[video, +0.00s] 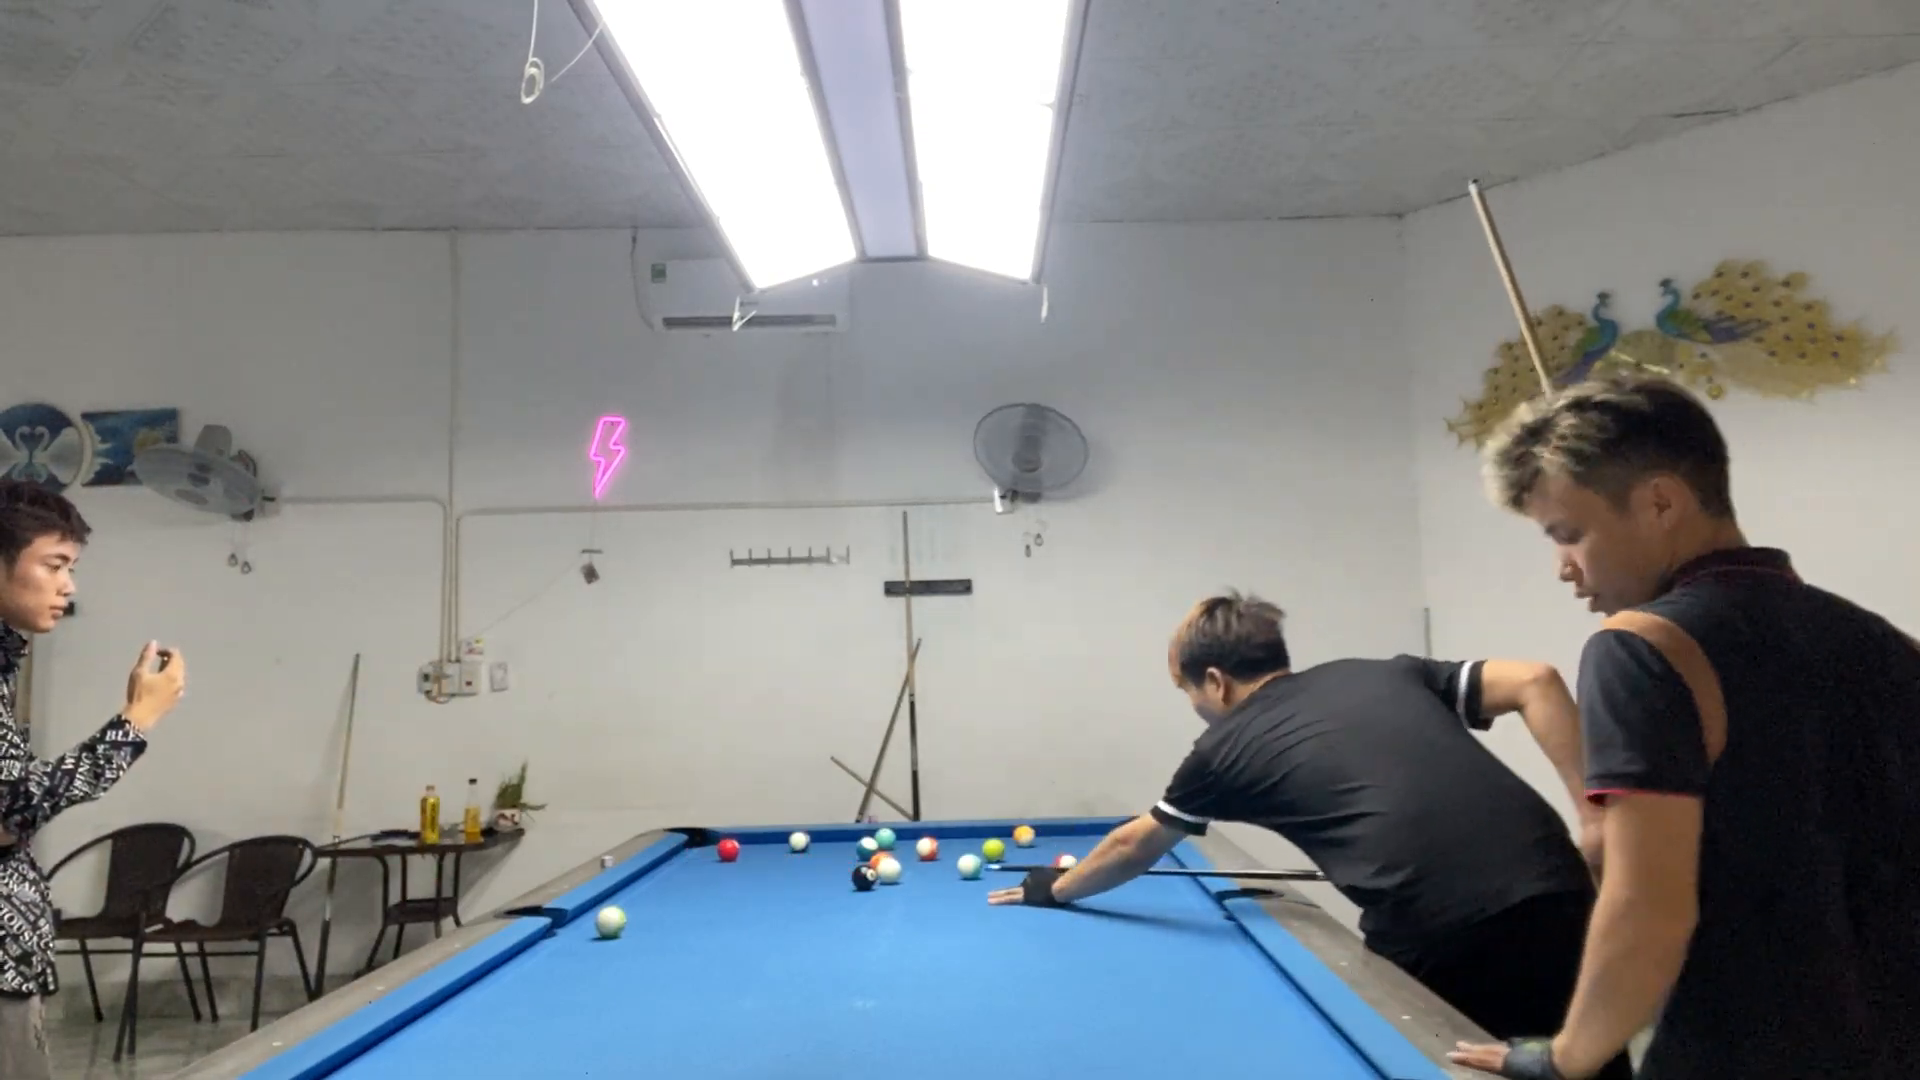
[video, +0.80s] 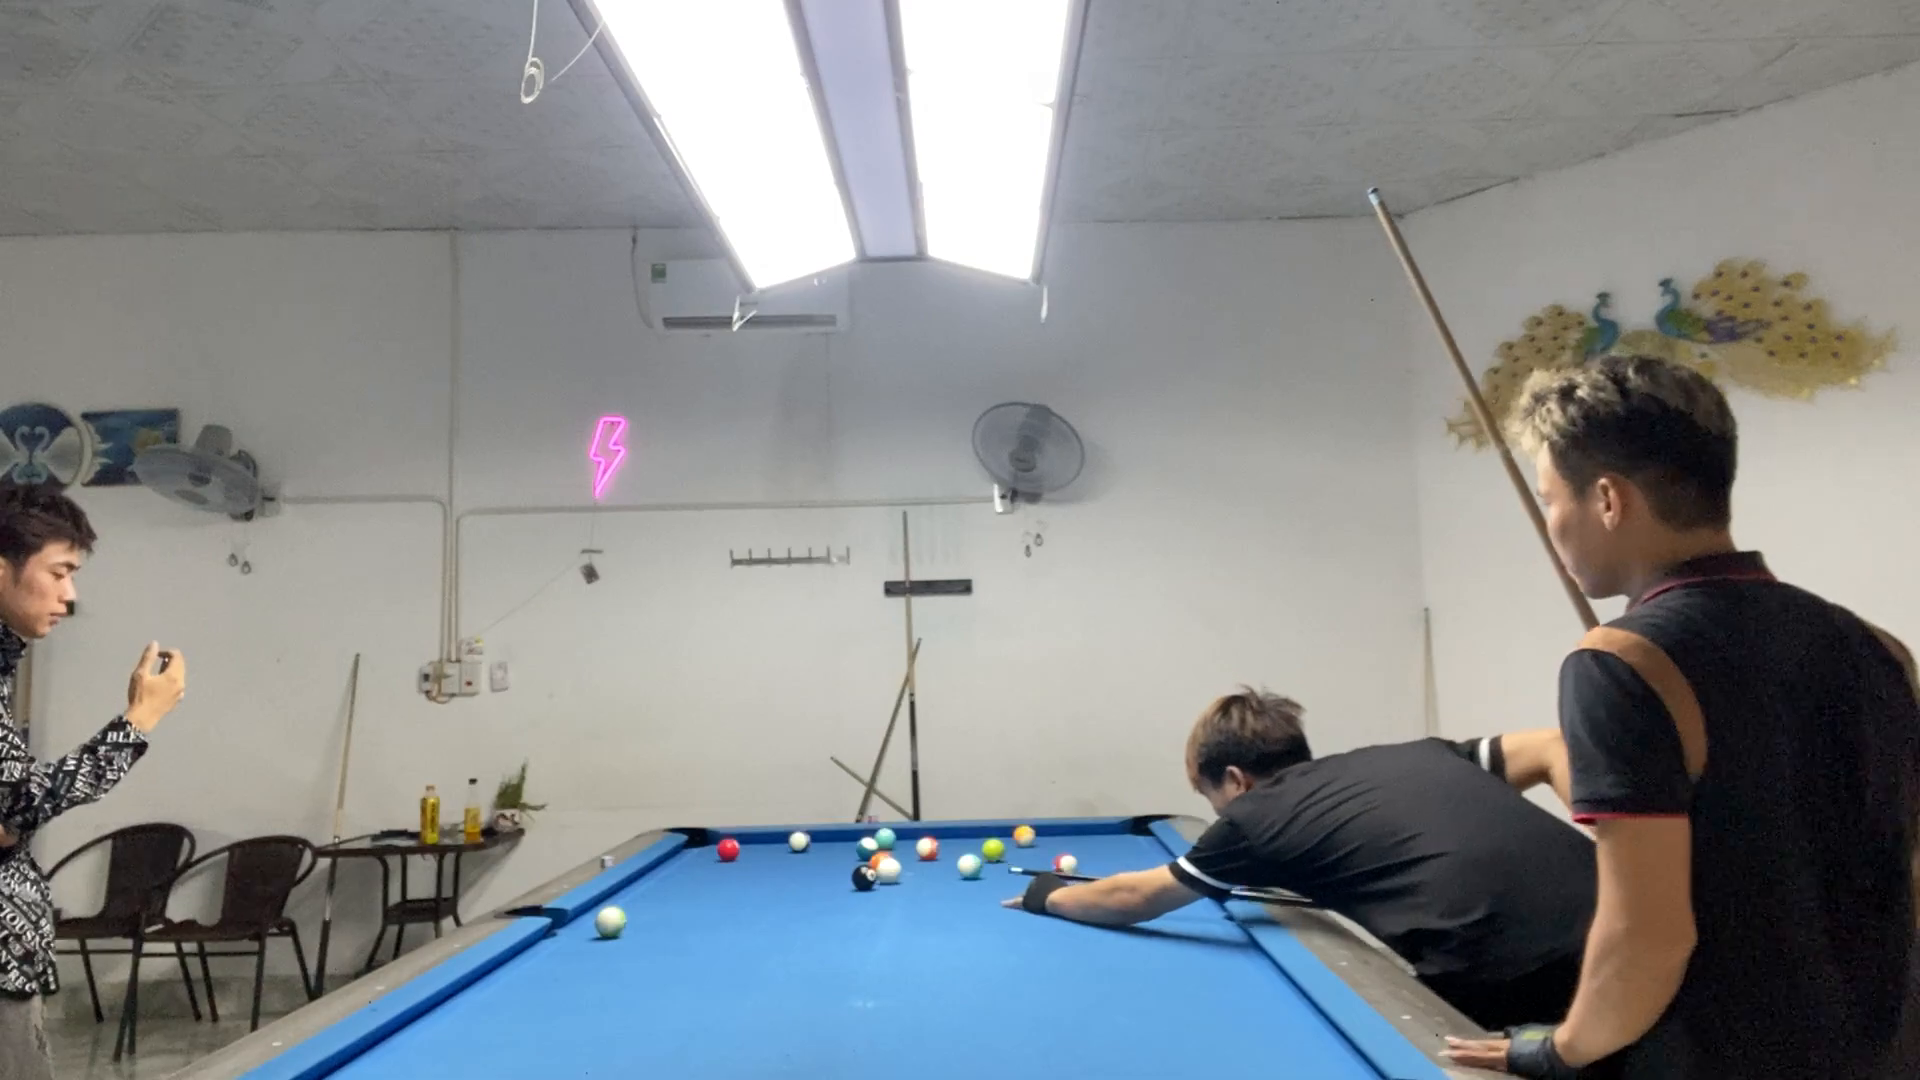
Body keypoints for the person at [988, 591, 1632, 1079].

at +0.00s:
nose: (1196, 713)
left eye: (1191, 698)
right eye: (1190, 699)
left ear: (1219, 684)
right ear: (1278, 660)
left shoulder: (1224, 750)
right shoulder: (1390, 673)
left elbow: (1134, 844)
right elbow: (1537, 681)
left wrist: (1061, 887)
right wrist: (1594, 810)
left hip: (1439, 928)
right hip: (1559, 895)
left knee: (1398, 1057)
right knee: (1583, 1062)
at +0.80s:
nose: (1212, 807)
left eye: (1209, 795)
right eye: (1206, 796)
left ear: (1237, 780)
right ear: (1298, 750)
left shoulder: (1252, 821)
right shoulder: (1415, 754)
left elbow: (1129, 900)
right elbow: (1554, 747)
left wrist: (1048, 895)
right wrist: (1612, 835)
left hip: (1502, 980)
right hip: (1615, 936)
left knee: (1387, 1044)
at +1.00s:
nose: (1261, 835)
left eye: (1259, 823)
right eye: (1254, 825)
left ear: (1286, 806)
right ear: (1354, 776)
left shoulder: (1304, 838)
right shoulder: (1462, 794)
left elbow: (1171, 913)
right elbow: (1573, 825)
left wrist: (1091, 903)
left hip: (1537, 998)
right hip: (1627, 955)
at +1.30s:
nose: (1326, 866)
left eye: (1327, 853)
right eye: (1322, 854)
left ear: (1360, 842)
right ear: (1431, 824)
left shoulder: (1372, 866)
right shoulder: (1511, 862)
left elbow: (1201, 911)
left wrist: (1170, 923)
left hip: (1616, 1040)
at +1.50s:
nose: (1349, 883)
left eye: (1351, 872)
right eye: (1347, 874)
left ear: (1375, 870)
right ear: (1464, 854)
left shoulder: (1406, 893)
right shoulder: (1533, 901)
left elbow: (1236, 928)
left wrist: (1203, 928)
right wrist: (1496, 1038)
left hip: (1598, 1055)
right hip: (1686, 1053)